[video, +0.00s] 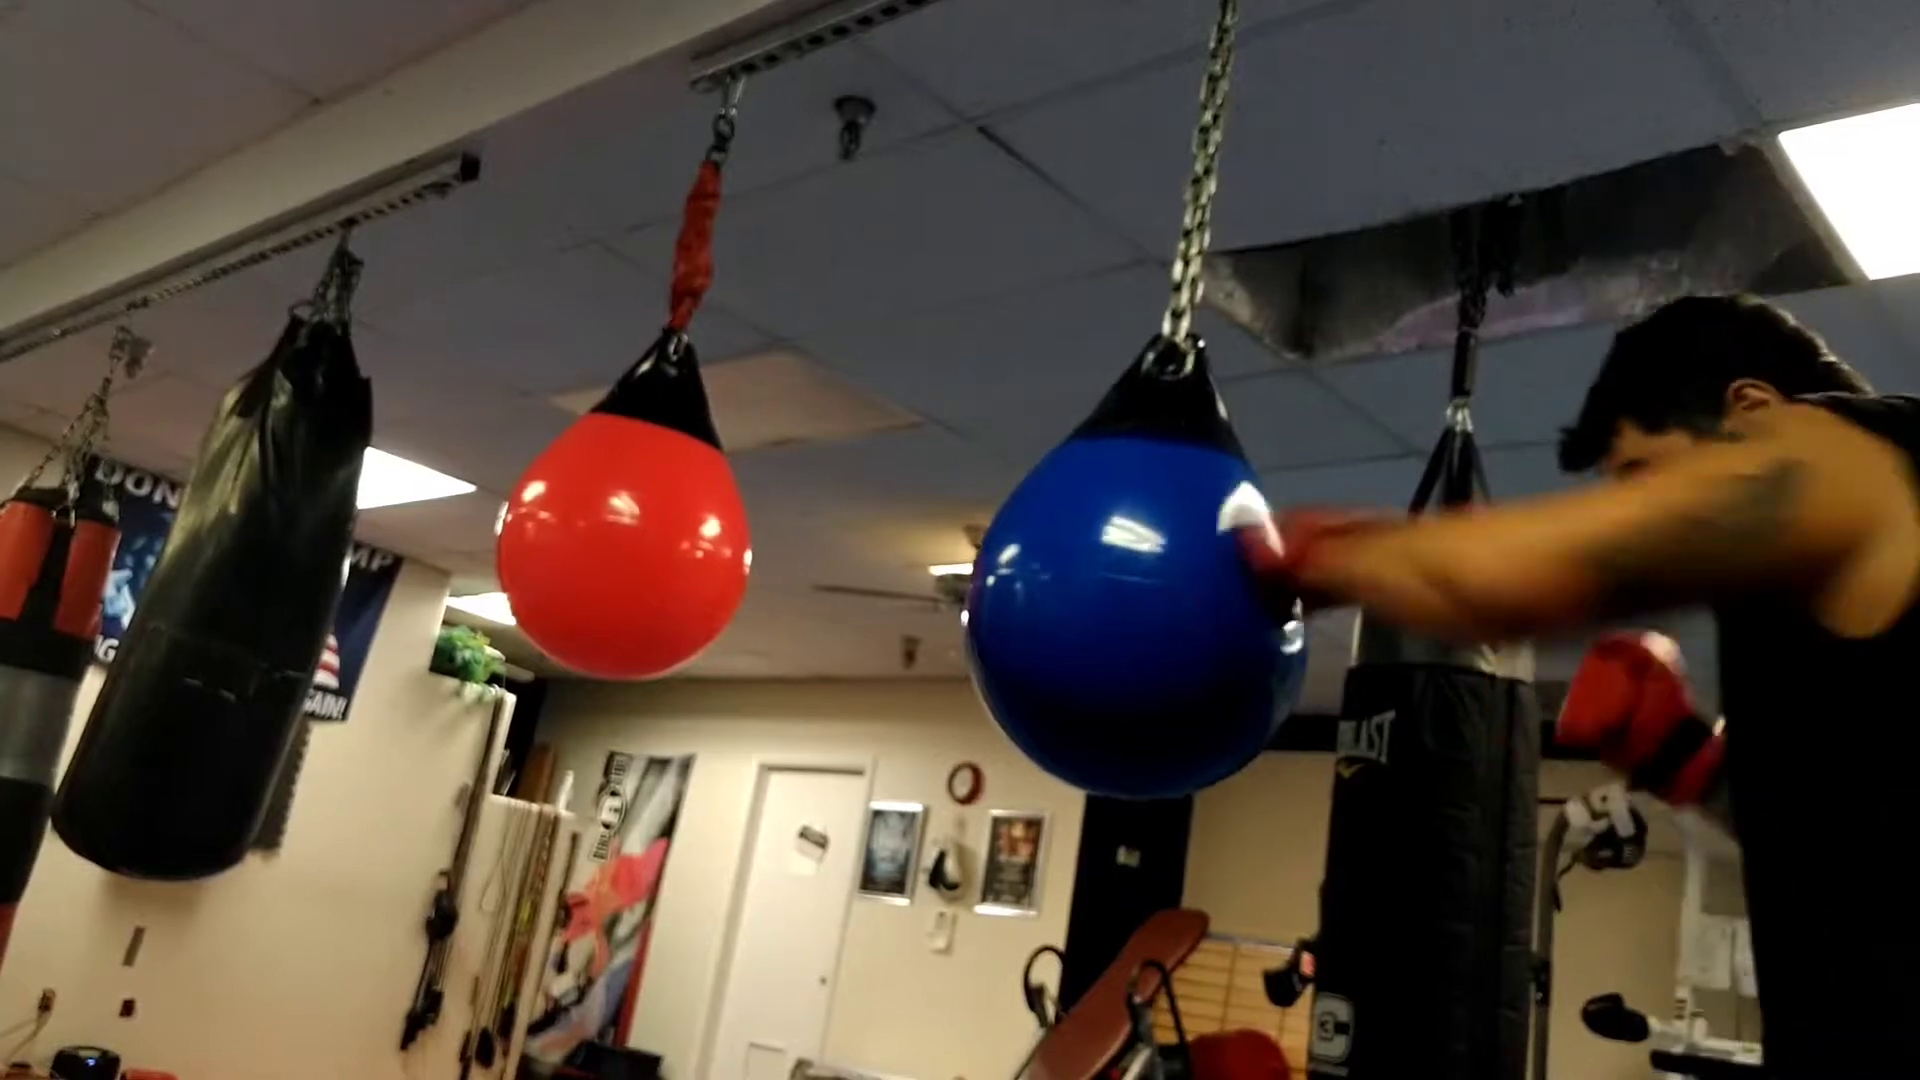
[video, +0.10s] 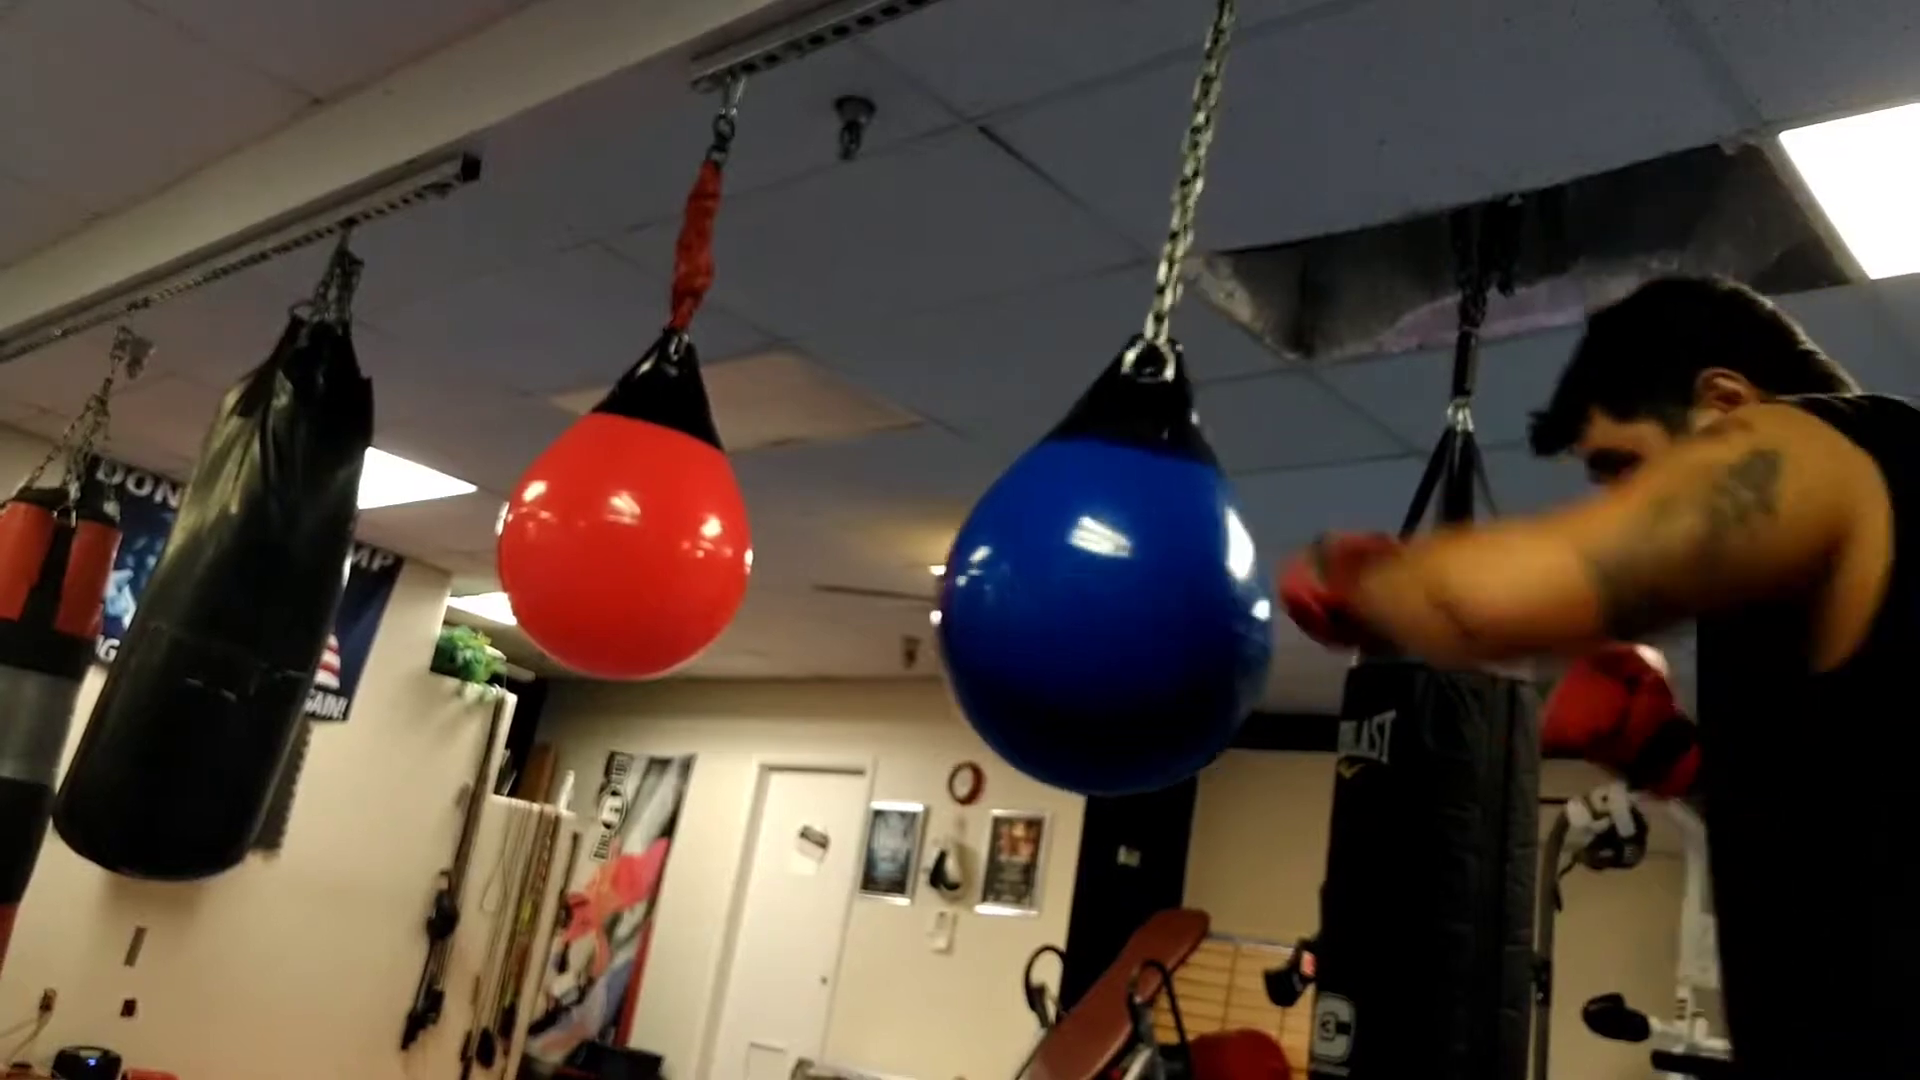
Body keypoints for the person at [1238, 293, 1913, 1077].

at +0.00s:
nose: (1635, 512)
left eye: (1644, 474)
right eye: (1627, 487)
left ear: (1751, 411)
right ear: (1761, 413)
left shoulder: (1832, 463)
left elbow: (1486, 575)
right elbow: (1879, 835)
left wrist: (1297, 556)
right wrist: (1684, 753)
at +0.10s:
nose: (1613, 510)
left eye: (1619, 468)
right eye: (1602, 479)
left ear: (1724, 407)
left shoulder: (1811, 456)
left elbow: (1479, 601)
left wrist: (1360, 583)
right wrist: (1668, 751)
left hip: (1878, 1039)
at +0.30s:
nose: (1537, 497)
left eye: (1524, 450)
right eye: (1516, 465)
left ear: (1598, 386)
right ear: (1602, 390)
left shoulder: (1854, 488)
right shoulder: (1739, 488)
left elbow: (1827, 853)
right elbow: (1499, 566)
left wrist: (1556, 679)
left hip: (1862, 1062)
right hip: (1758, 1046)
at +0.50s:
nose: (1562, 444)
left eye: (1573, 385)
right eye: (1553, 402)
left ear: (1699, 331)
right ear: (1700, 338)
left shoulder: (1901, 480)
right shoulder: (1706, 509)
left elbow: (1892, 833)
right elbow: (1516, 610)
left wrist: (1608, 643)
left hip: (1887, 1061)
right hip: (1740, 1041)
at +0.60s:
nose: (1586, 429)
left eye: (1602, 372)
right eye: (1581, 389)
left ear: (1731, 326)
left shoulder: (1906, 493)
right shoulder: (1740, 521)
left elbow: (1907, 807)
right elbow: (1618, 760)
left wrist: (1642, 682)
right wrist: (1485, 738)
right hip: (1744, 1036)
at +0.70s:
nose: (1620, 443)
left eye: (1635, 387)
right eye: (1615, 403)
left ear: (1760, 339)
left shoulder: (1909, 521)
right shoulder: (1800, 550)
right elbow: (1794, 863)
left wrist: (1683, 705)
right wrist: (1610, 788)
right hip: (1783, 1056)